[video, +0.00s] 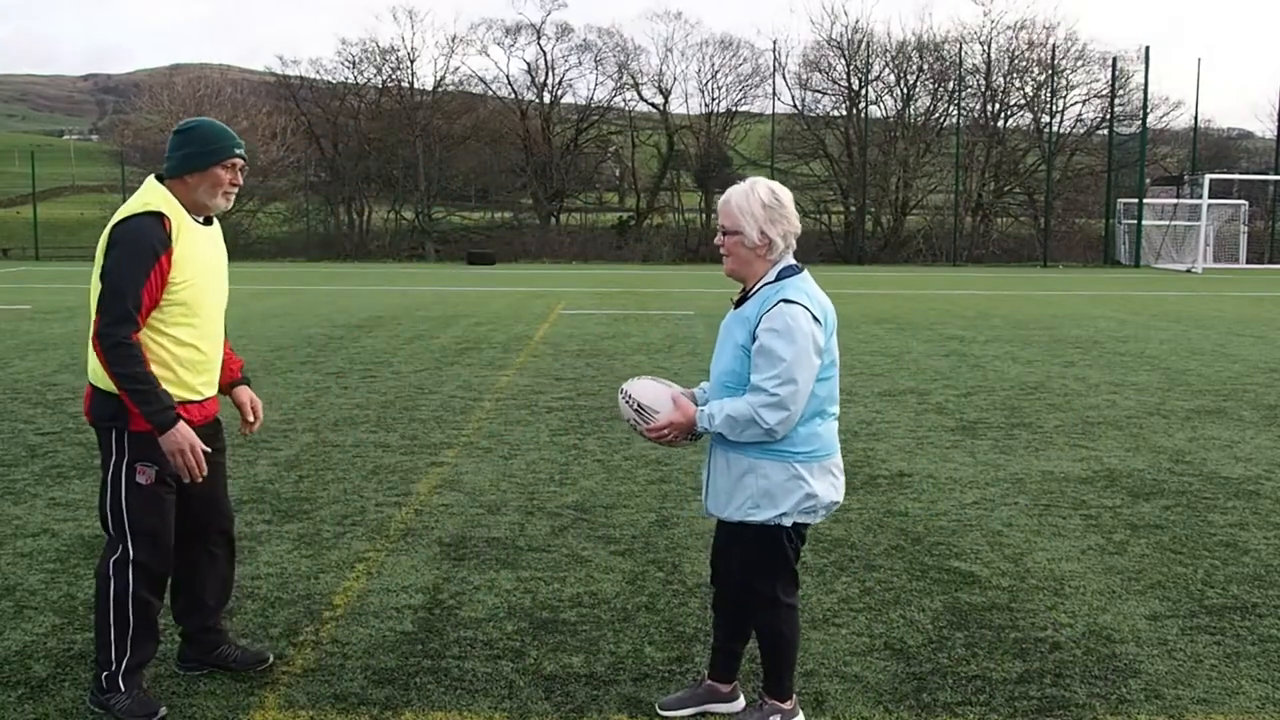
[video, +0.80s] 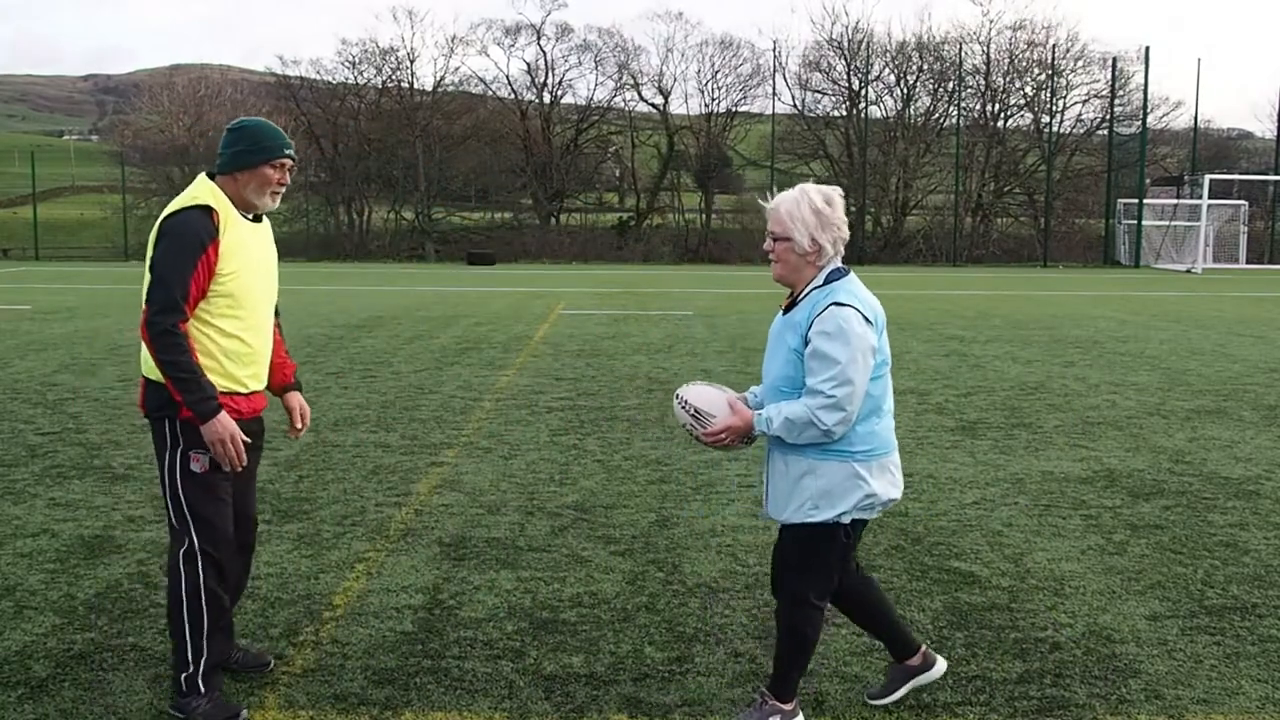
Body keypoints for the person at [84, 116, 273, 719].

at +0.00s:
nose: (237, 181)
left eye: (240, 171)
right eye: (228, 170)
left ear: (215, 174)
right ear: (188, 168)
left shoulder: (206, 227)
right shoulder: (144, 225)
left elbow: (199, 320)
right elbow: (113, 334)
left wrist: (235, 381)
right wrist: (165, 421)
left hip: (196, 410)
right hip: (137, 415)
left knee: (206, 532)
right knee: (138, 549)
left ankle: (204, 643)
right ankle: (118, 682)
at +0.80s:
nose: (285, 179)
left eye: (288, 169)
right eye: (276, 168)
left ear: (272, 172)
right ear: (239, 166)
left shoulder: (256, 223)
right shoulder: (193, 220)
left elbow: (260, 311)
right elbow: (162, 323)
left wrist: (286, 384)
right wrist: (207, 413)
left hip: (240, 409)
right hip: (189, 413)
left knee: (235, 538)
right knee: (201, 549)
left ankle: (216, 644)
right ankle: (193, 692)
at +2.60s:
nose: (304, 176)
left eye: (306, 165)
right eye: (294, 165)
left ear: (279, 168)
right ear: (254, 164)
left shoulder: (271, 222)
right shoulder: (212, 224)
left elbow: (276, 319)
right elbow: (201, 336)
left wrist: (304, 390)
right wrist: (243, 430)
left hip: (271, 415)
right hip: (215, 422)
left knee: (276, 549)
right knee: (217, 555)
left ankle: (268, 665)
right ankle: (210, 679)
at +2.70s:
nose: (304, 176)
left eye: (306, 166)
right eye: (295, 165)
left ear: (278, 168)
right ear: (255, 164)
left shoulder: (271, 222)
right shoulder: (212, 223)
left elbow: (275, 320)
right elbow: (200, 336)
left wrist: (304, 390)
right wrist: (244, 429)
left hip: (272, 416)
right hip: (215, 422)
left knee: (276, 549)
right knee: (217, 556)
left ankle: (268, 665)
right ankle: (210, 679)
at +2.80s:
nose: (304, 176)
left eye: (306, 165)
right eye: (295, 165)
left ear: (280, 168)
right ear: (254, 164)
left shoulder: (271, 222)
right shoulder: (212, 224)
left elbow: (276, 320)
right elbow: (201, 337)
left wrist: (304, 390)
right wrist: (244, 430)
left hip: (272, 416)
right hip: (215, 422)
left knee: (276, 549)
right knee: (217, 557)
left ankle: (268, 665)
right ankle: (210, 679)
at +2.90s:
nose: (309, 176)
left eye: (310, 165)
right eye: (299, 165)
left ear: (280, 169)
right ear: (259, 167)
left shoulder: (274, 223)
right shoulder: (214, 226)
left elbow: (277, 320)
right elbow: (204, 340)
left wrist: (306, 391)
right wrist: (247, 432)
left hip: (273, 417)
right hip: (216, 423)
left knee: (277, 548)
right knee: (217, 557)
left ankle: (268, 663)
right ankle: (209, 678)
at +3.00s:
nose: (315, 178)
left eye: (317, 167)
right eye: (305, 167)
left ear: (286, 171)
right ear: (266, 169)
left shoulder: (278, 225)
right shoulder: (222, 228)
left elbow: (281, 322)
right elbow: (209, 340)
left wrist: (309, 392)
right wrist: (250, 434)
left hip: (276, 419)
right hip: (218, 424)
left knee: (281, 549)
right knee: (218, 558)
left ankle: (268, 662)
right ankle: (209, 678)